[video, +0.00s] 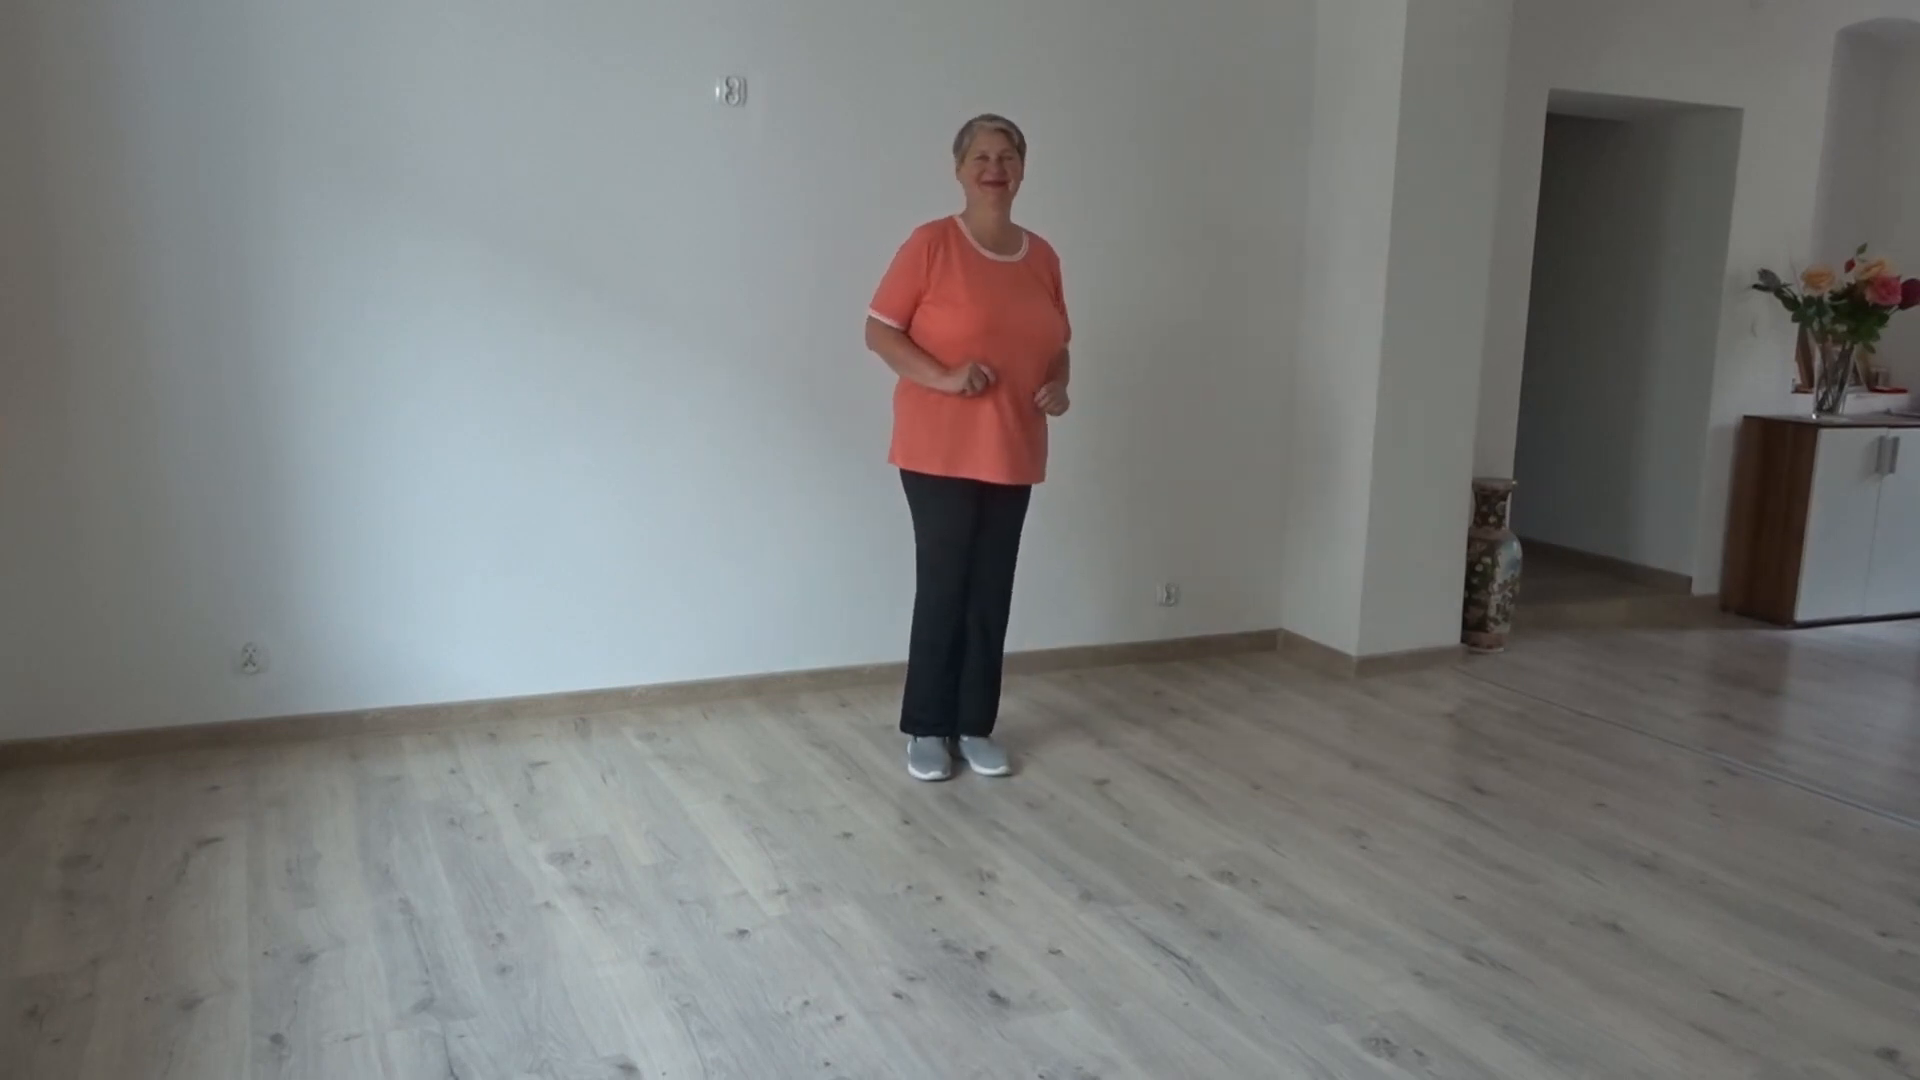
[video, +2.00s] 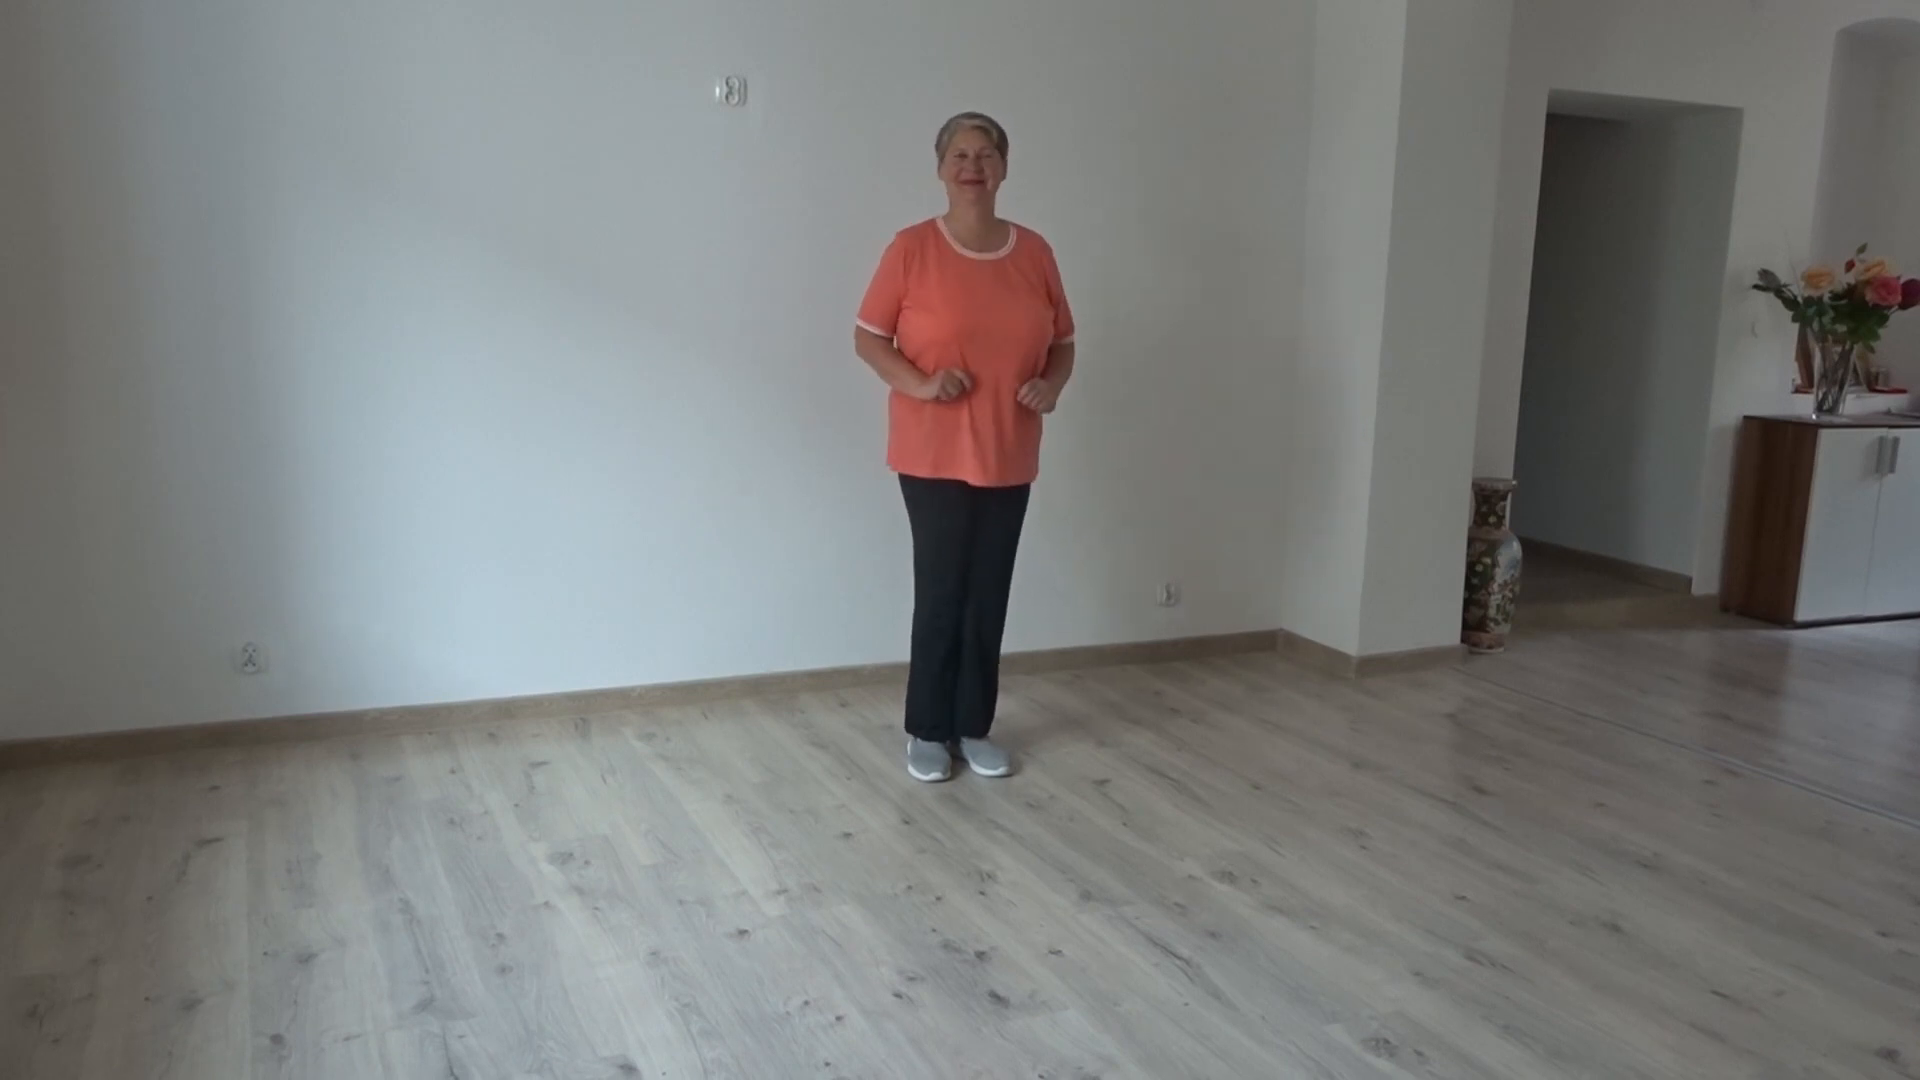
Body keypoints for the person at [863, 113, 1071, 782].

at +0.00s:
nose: (995, 167)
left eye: (1007, 157)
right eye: (982, 157)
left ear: (1023, 170)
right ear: (958, 169)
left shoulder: (1041, 256)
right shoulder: (929, 245)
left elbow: (1058, 341)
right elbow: (880, 333)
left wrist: (1057, 383)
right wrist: (942, 377)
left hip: (1012, 458)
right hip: (940, 456)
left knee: (990, 598)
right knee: (944, 595)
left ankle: (972, 729)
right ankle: (926, 731)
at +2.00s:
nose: (973, 163)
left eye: (986, 154)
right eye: (960, 155)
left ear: (1003, 168)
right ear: (940, 169)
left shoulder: (1033, 251)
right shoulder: (911, 248)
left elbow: (1063, 338)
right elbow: (868, 338)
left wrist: (1051, 381)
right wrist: (920, 382)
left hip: (1008, 459)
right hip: (935, 458)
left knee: (988, 602)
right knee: (940, 600)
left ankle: (972, 731)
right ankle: (927, 734)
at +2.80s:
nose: (970, 166)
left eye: (983, 157)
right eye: (957, 155)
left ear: (998, 171)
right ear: (936, 166)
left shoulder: (1028, 248)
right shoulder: (903, 249)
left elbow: (1067, 340)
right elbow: (873, 334)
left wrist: (1029, 383)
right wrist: (889, 372)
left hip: (1004, 459)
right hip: (928, 458)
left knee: (984, 599)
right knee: (936, 596)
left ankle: (972, 730)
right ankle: (927, 732)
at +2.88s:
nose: (971, 167)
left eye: (984, 158)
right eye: (958, 157)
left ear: (999, 170)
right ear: (937, 167)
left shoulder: (1030, 249)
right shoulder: (905, 248)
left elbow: (1066, 341)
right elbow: (871, 332)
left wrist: (1035, 382)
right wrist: (893, 370)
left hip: (1004, 459)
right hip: (929, 458)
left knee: (985, 599)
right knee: (936, 597)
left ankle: (972, 730)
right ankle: (927, 732)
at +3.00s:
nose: (973, 170)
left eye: (986, 161)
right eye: (961, 159)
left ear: (1003, 173)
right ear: (941, 170)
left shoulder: (1033, 252)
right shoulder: (909, 247)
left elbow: (1065, 343)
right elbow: (869, 332)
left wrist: (1043, 382)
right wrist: (899, 371)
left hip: (1005, 459)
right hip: (931, 458)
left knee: (986, 598)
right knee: (938, 595)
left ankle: (971, 730)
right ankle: (927, 731)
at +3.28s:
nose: (980, 162)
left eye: (992, 152)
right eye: (967, 154)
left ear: (1011, 165)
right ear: (948, 169)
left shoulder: (1038, 253)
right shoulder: (918, 243)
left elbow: (1063, 339)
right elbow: (871, 329)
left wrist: (1055, 375)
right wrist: (921, 372)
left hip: (1009, 457)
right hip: (936, 454)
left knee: (989, 598)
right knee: (942, 595)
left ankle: (971, 729)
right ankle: (926, 731)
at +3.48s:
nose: (987, 165)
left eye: (998, 155)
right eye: (973, 156)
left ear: (1017, 168)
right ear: (953, 170)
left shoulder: (1040, 254)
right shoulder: (922, 244)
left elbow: (1061, 342)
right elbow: (875, 330)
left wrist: (1057, 380)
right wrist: (933, 376)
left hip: (1010, 459)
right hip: (938, 456)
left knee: (989, 598)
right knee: (941, 596)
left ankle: (971, 729)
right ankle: (927, 732)